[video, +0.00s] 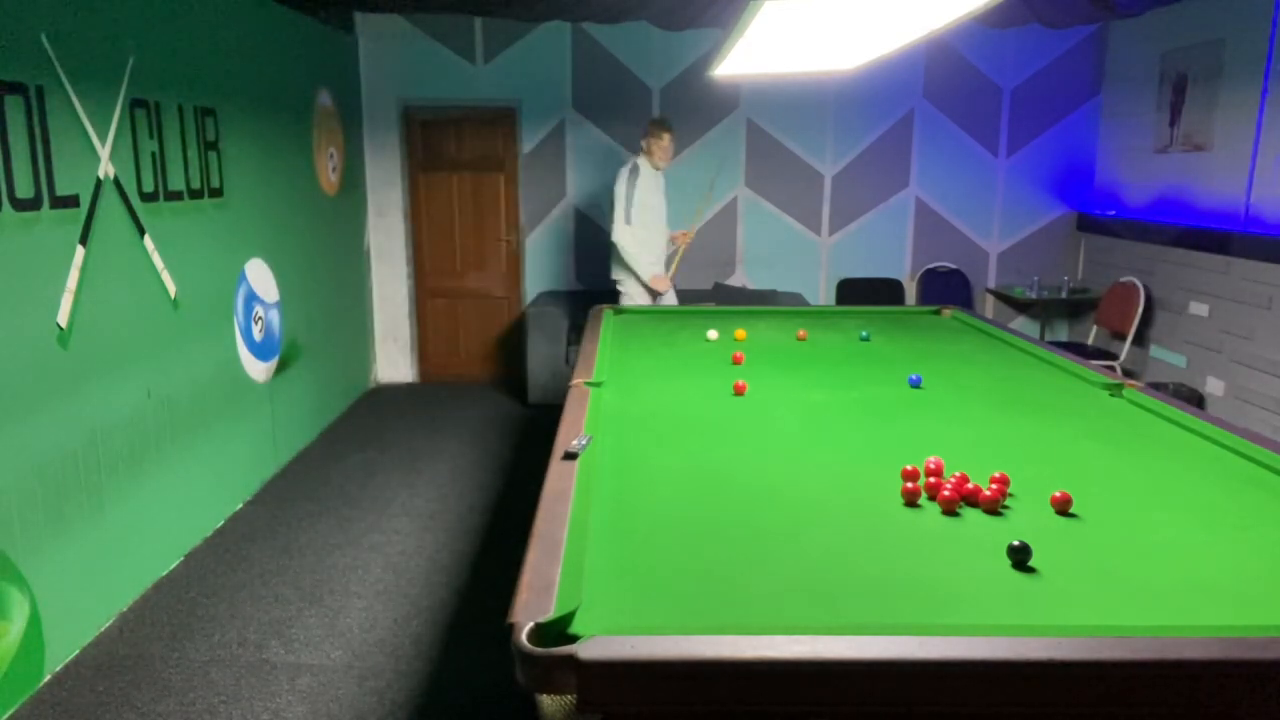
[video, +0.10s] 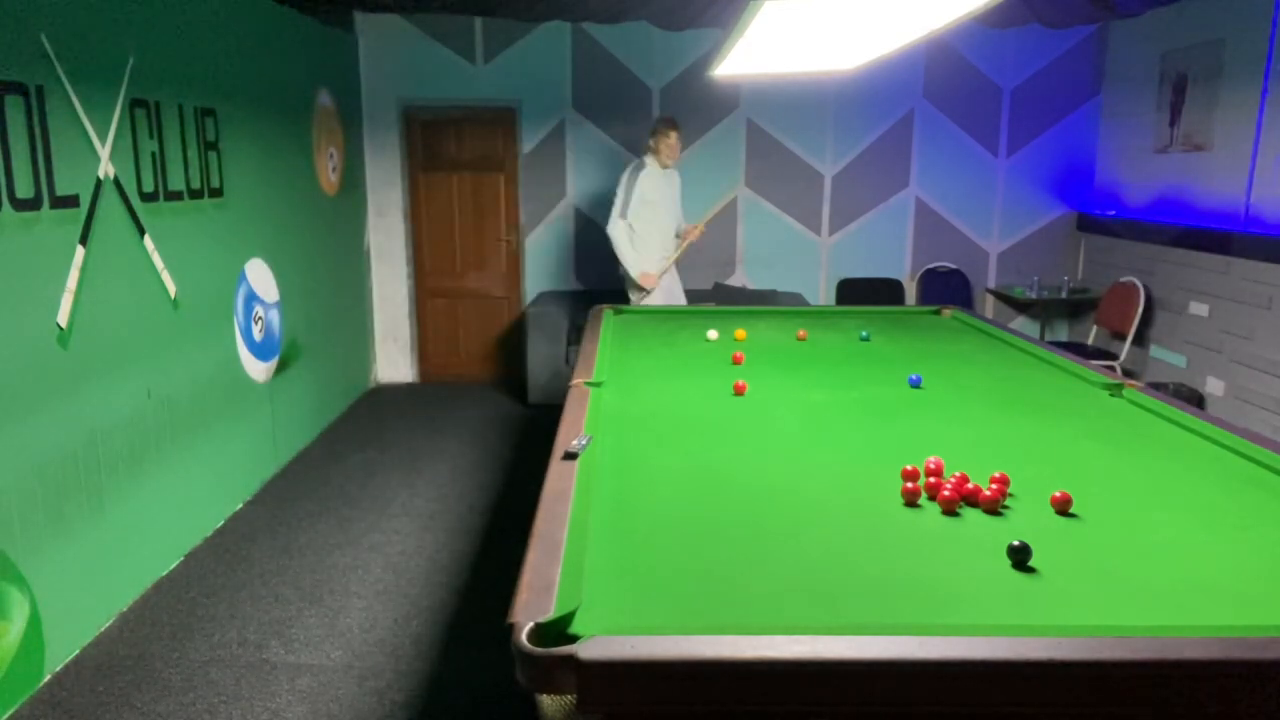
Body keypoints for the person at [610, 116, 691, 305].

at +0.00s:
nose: (665, 153)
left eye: (668, 147)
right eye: (659, 147)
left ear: (672, 149)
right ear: (644, 144)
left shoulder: (658, 176)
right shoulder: (631, 173)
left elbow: (647, 226)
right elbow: (620, 233)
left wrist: (671, 238)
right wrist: (651, 276)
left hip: (658, 272)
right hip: (634, 276)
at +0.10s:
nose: (674, 148)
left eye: (677, 142)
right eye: (667, 141)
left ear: (680, 145)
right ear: (653, 143)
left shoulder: (673, 176)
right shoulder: (636, 172)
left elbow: (674, 218)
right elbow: (615, 226)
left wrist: (684, 230)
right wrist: (638, 272)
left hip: (667, 267)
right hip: (643, 271)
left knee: (680, 319)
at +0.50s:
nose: (675, 141)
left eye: (680, 135)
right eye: (669, 135)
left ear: (686, 138)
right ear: (660, 139)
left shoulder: (702, 174)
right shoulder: (644, 176)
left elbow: (709, 216)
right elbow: (615, 217)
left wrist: (713, 234)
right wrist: (618, 262)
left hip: (688, 269)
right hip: (655, 270)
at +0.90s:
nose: (661, 147)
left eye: (664, 140)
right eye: (654, 142)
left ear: (670, 141)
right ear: (642, 147)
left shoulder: (693, 173)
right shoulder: (634, 184)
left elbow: (703, 217)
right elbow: (615, 227)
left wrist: (696, 243)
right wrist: (635, 261)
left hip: (693, 273)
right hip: (657, 277)